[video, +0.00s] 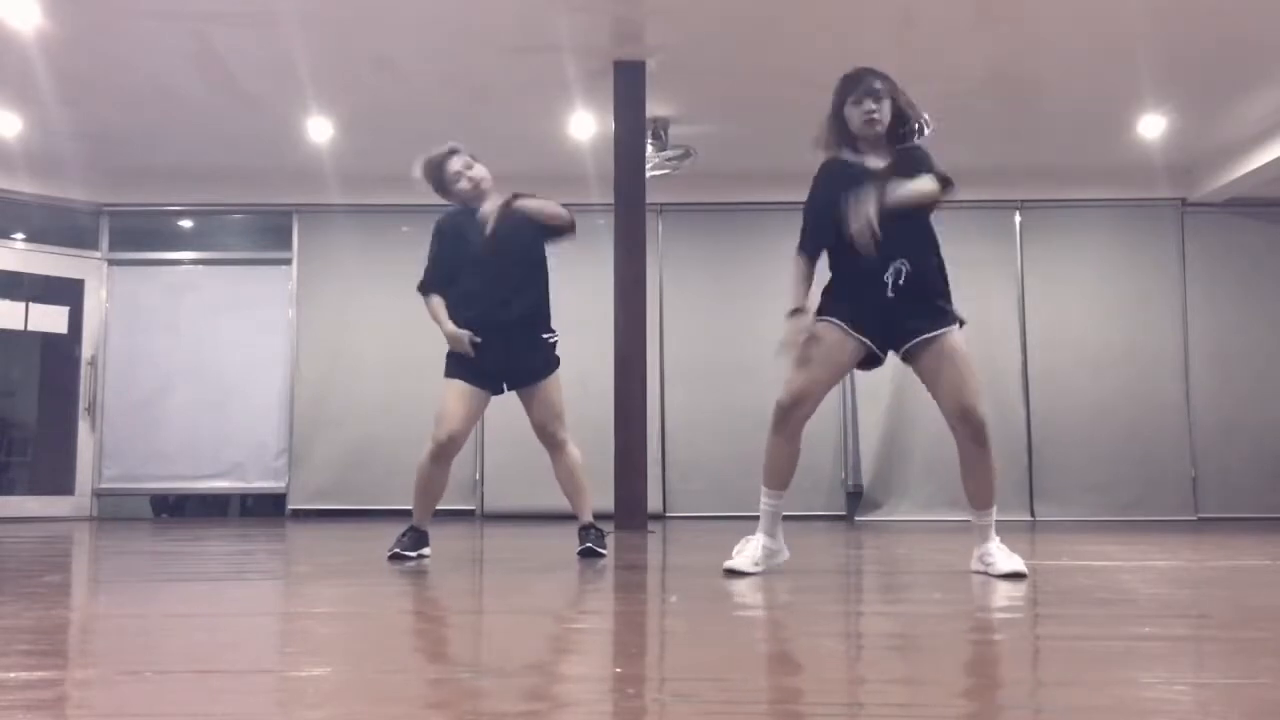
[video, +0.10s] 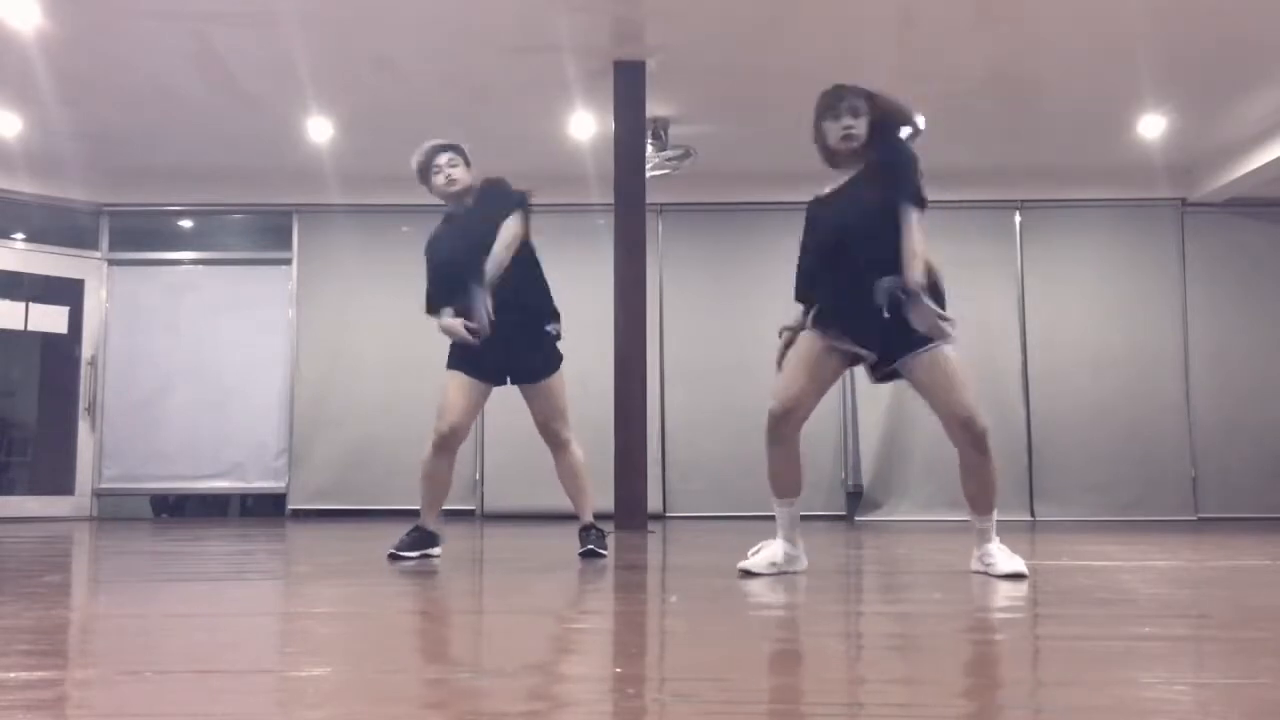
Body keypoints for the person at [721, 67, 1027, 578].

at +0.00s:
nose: (868, 108)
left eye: (877, 99)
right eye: (857, 101)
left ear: (893, 108)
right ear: (842, 113)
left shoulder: (913, 159)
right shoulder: (833, 173)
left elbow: (935, 187)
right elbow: (807, 248)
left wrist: (880, 195)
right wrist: (799, 307)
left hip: (921, 308)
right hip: (851, 310)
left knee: (971, 417)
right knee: (790, 404)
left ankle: (988, 544)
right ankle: (767, 538)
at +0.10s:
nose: (844, 125)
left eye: (855, 115)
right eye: (833, 117)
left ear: (872, 124)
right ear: (819, 128)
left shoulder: (892, 164)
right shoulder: (821, 202)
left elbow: (912, 221)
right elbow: (820, 276)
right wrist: (798, 321)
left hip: (899, 308)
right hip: (836, 316)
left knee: (971, 426)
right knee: (781, 414)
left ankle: (988, 545)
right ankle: (786, 545)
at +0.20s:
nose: (823, 129)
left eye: (832, 120)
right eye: (812, 121)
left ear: (848, 127)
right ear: (798, 133)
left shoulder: (869, 173)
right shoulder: (809, 203)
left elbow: (919, 242)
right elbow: (819, 269)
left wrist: (965, 304)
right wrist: (801, 309)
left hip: (875, 315)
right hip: (817, 320)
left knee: (940, 434)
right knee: (758, 420)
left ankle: (991, 539)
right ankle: (785, 545)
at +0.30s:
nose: (807, 123)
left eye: (816, 115)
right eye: (797, 116)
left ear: (832, 124)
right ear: (782, 127)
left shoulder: (852, 170)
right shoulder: (775, 197)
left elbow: (925, 217)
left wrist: (968, 268)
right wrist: (738, 327)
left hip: (849, 302)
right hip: (791, 309)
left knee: (893, 410)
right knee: (741, 419)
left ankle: (981, 497)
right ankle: (783, 544)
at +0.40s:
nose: (794, 110)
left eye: (803, 101)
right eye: (784, 102)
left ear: (819, 110)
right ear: (769, 113)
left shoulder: (848, 150)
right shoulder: (754, 182)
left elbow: (919, 144)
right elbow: (704, 220)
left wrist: (926, 168)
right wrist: (671, 259)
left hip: (845, 277)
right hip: (785, 292)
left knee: (864, 362)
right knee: (750, 411)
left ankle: (913, 499)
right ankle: (784, 543)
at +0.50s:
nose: (787, 86)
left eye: (797, 76)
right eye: (776, 79)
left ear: (815, 83)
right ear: (764, 92)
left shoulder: (842, 132)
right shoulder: (765, 158)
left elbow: (907, 154)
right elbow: (712, 225)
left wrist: (893, 95)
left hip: (843, 268)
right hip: (781, 282)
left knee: (841, 347)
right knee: (764, 405)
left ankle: (871, 508)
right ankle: (786, 543)